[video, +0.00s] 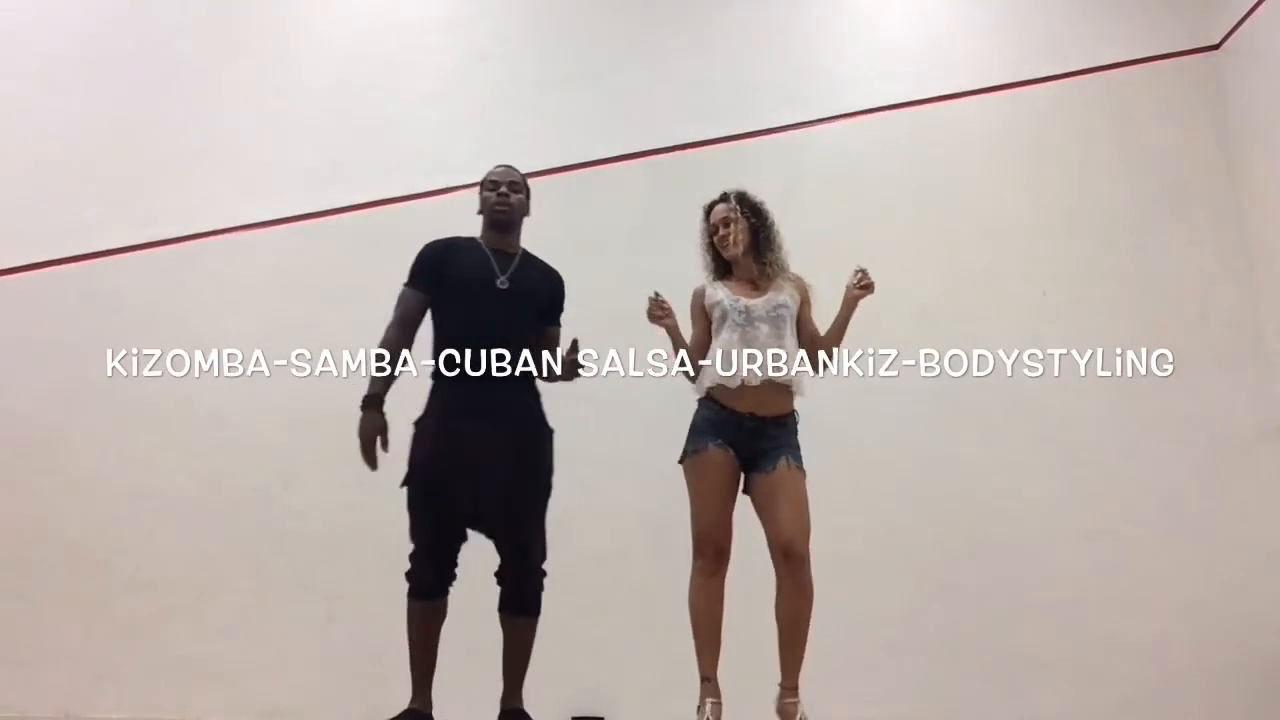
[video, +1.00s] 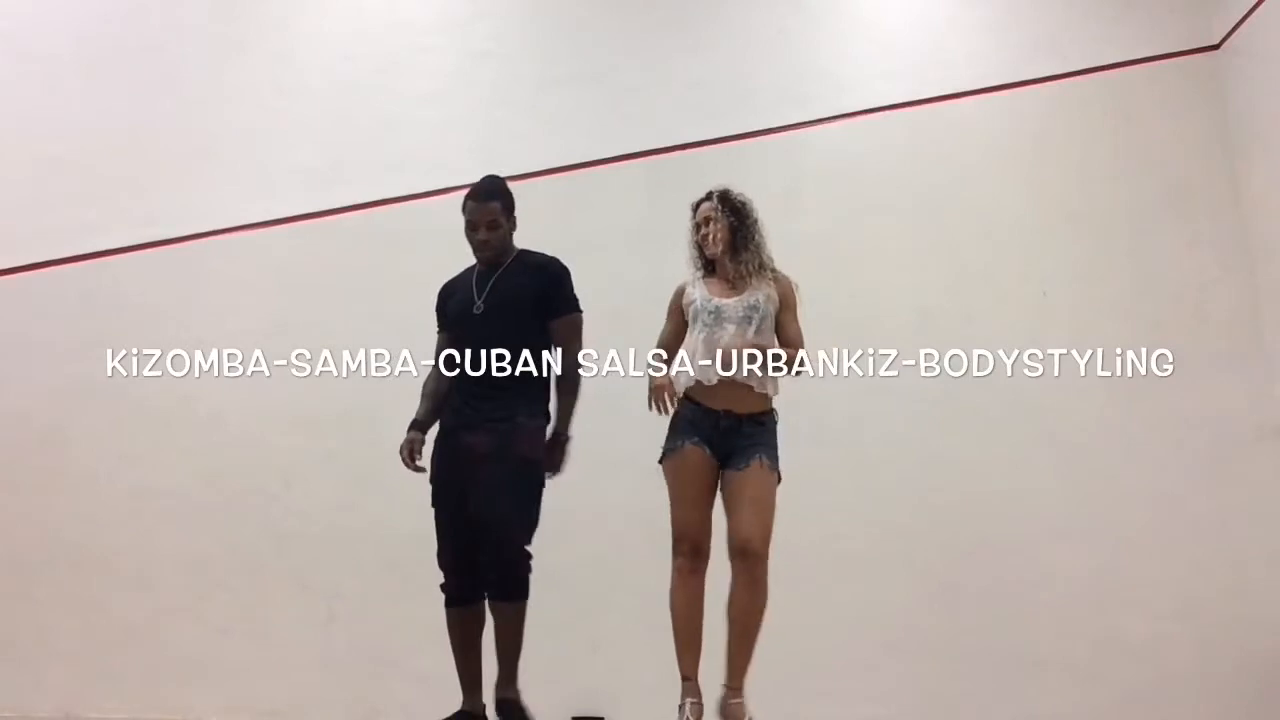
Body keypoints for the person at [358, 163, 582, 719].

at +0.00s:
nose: (503, 192)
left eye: (514, 187)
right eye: (493, 185)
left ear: (529, 207)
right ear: (477, 202)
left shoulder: (545, 280)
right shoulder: (442, 256)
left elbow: (543, 363)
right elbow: (401, 329)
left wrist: (563, 365)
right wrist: (372, 403)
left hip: (519, 442)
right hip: (447, 435)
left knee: (524, 574)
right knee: (429, 568)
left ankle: (512, 703)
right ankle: (420, 703)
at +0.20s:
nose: (520, 202)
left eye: (530, 196)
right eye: (510, 194)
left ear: (546, 211)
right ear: (495, 207)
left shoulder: (560, 286)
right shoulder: (461, 261)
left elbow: (568, 371)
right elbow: (426, 338)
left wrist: (572, 348)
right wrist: (405, 409)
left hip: (542, 445)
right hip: (473, 439)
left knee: (533, 577)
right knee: (453, 561)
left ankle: (513, 704)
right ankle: (426, 689)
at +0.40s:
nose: (524, 206)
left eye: (535, 199)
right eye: (515, 198)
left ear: (550, 212)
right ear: (500, 208)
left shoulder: (571, 283)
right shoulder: (466, 267)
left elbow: (583, 367)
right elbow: (440, 347)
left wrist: (588, 347)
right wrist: (424, 411)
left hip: (550, 443)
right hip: (483, 438)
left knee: (535, 573)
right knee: (475, 560)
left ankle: (514, 703)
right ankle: (461, 690)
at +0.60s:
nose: (511, 207)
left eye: (523, 199)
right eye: (503, 199)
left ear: (540, 211)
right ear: (490, 209)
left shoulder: (569, 274)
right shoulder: (461, 275)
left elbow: (598, 343)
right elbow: (441, 354)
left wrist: (601, 374)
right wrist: (418, 405)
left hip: (547, 443)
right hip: (477, 440)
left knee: (533, 576)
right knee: (460, 561)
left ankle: (514, 703)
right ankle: (475, 671)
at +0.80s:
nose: (497, 225)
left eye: (507, 216)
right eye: (487, 217)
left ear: (525, 219)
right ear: (476, 223)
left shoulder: (555, 275)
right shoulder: (456, 289)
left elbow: (586, 351)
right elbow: (443, 367)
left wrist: (603, 424)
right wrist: (414, 416)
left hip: (532, 450)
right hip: (466, 451)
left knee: (525, 580)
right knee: (464, 581)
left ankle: (513, 703)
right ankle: (471, 704)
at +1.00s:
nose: (481, 233)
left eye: (491, 224)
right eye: (473, 225)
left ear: (512, 221)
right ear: (464, 227)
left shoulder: (546, 275)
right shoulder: (454, 291)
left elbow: (570, 360)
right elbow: (444, 367)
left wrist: (560, 431)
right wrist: (419, 423)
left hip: (518, 444)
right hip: (458, 446)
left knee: (507, 565)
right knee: (459, 573)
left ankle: (507, 692)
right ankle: (471, 702)